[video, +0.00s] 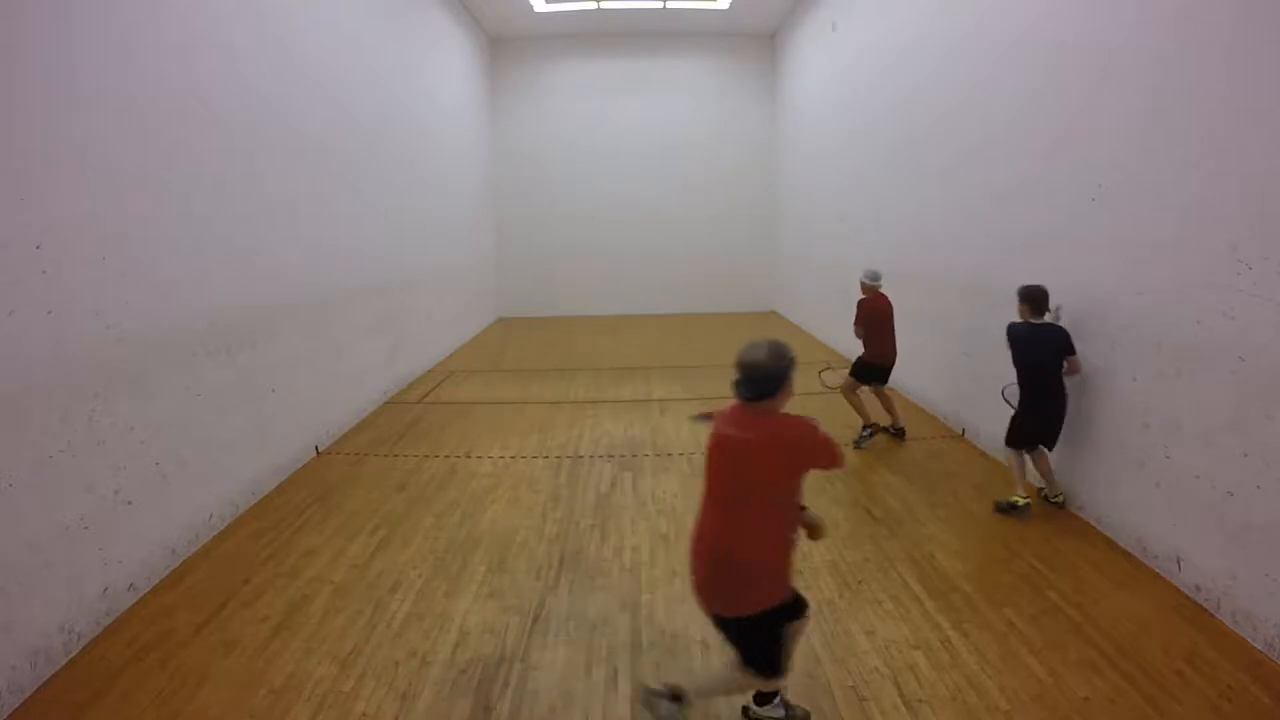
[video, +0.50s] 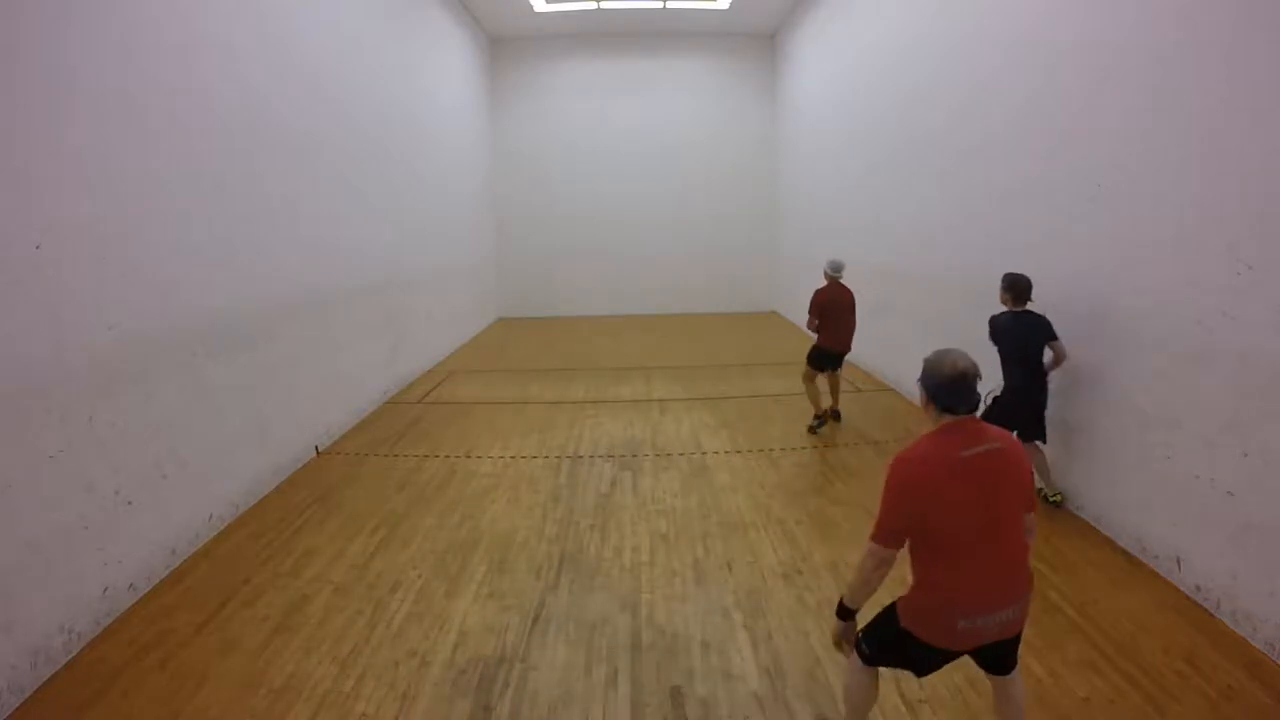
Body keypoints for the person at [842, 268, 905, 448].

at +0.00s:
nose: (860, 286)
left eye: (862, 284)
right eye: (861, 283)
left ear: (865, 285)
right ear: (878, 285)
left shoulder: (864, 303)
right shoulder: (885, 301)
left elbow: (858, 332)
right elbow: (884, 327)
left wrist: (874, 331)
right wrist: (867, 330)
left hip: (871, 357)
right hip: (889, 357)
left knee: (847, 389)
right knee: (877, 389)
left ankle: (868, 425)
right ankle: (897, 425)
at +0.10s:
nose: (855, 286)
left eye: (857, 283)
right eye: (857, 283)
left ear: (859, 284)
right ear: (873, 284)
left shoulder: (857, 301)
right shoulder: (880, 299)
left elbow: (852, 331)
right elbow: (881, 324)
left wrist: (862, 319)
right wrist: (863, 321)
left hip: (865, 355)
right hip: (883, 356)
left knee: (843, 381)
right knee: (879, 388)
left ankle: (853, 419)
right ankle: (897, 425)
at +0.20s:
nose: (847, 280)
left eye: (848, 278)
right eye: (850, 278)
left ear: (849, 279)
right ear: (865, 280)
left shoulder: (847, 297)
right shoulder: (872, 296)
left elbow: (842, 327)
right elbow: (871, 320)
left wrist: (855, 315)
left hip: (855, 351)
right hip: (874, 351)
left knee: (830, 381)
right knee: (866, 384)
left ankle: (831, 417)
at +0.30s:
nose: (839, 276)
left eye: (840, 273)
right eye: (842, 274)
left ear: (840, 275)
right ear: (856, 276)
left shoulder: (836, 295)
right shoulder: (862, 294)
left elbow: (829, 323)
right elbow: (861, 319)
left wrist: (842, 316)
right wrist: (839, 320)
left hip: (842, 348)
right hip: (861, 348)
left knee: (825, 382)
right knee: (858, 381)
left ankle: (827, 424)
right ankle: (883, 411)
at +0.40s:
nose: (830, 274)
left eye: (831, 272)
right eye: (835, 272)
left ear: (832, 273)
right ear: (847, 274)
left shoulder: (827, 294)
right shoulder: (855, 294)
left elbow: (818, 321)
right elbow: (858, 322)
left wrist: (829, 311)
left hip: (831, 347)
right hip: (850, 347)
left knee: (819, 382)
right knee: (844, 376)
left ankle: (826, 422)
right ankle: (860, 410)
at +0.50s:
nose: (824, 274)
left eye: (824, 272)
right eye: (829, 272)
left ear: (825, 273)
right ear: (841, 274)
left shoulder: (821, 294)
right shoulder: (848, 294)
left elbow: (811, 325)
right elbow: (851, 322)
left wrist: (824, 329)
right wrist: (824, 325)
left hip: (824, 346)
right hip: (843, 347)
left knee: (808, 377)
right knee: (833, 373)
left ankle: (819, 413)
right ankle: (835, 408)